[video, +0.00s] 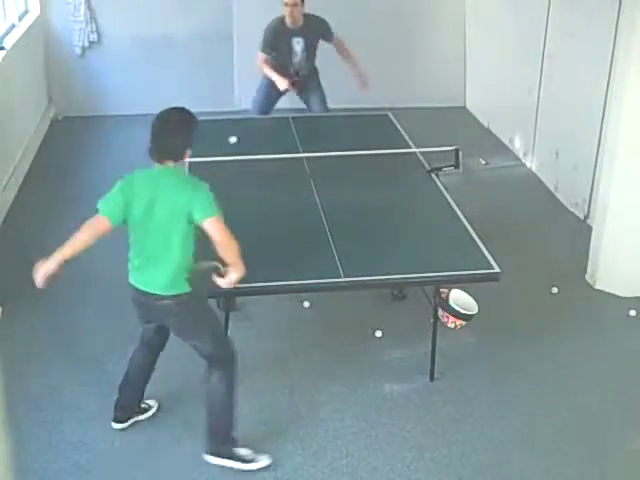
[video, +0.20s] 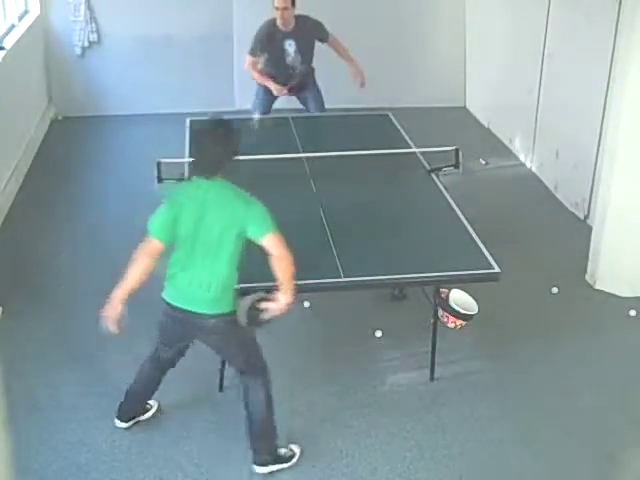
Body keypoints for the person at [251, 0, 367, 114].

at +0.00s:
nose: (290, 11)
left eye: (295, 6)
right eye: (287, 6)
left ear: (303, 7)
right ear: (283, 8)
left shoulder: (317, 24)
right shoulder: (274, 28)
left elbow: (339, 46)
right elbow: (262, 62)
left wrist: (358, 73)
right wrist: (278, 80)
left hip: (307, 77)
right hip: (277, 76)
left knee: (322, 115)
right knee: (257, 113)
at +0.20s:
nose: (281, 14)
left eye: (285, 9)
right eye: (277, 9)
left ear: (294, 8)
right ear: (273, 9)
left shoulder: (309, 25)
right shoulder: (266, 30)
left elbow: (333, 43)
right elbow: (251, 66)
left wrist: (354, 66)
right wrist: (271, 85)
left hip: (302, 79)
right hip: (271, 79)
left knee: (319, 116)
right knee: (257, 118)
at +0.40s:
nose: (272, 16)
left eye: (276, 11)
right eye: (268, 11)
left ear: (281, 11)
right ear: (261, 10)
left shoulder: (287, 28)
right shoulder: (251, 32)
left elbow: (303, 45)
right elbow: (232, 63)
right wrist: (257, 79)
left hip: (276, 79)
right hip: (251, 81)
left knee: (298, 116)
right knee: (250, 122)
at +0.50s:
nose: (267, 10)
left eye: (271, 6)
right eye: (263, 6)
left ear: (274, 8)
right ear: (256, 6)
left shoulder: (274, 26)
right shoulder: (247, 27)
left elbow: (283, 44)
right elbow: (245, 53)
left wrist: (307, 55)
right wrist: (264, 68)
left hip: (260, 81)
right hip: (235, 82)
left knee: (281, 109)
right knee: (243, 112)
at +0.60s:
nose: (264, 3)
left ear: (270, 3)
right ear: (252, 2)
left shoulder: (268, 20)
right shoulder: (245, 19)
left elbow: (270, 42)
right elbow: (250, 48)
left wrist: (297, 52)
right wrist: (268, 70)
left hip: (255, 79)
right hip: (232, 80)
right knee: (237, 119)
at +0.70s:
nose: (263, 0)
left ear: (265, 1)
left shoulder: (262, 13)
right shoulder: (242, 14)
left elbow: (261, 36)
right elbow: (247, 52)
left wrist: (287, 49)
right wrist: (269, 77)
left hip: (250, 76)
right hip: (228, 77)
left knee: (272, 113)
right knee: (236, 120)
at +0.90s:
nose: (256, 0)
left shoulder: (256, 12)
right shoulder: (233, 13)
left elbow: (256, 32)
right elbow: (222, 51)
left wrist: (283, 42)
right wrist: (252, 72)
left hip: (247, 76)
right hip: (227, 76)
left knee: (259, 118)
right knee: (239, 118)